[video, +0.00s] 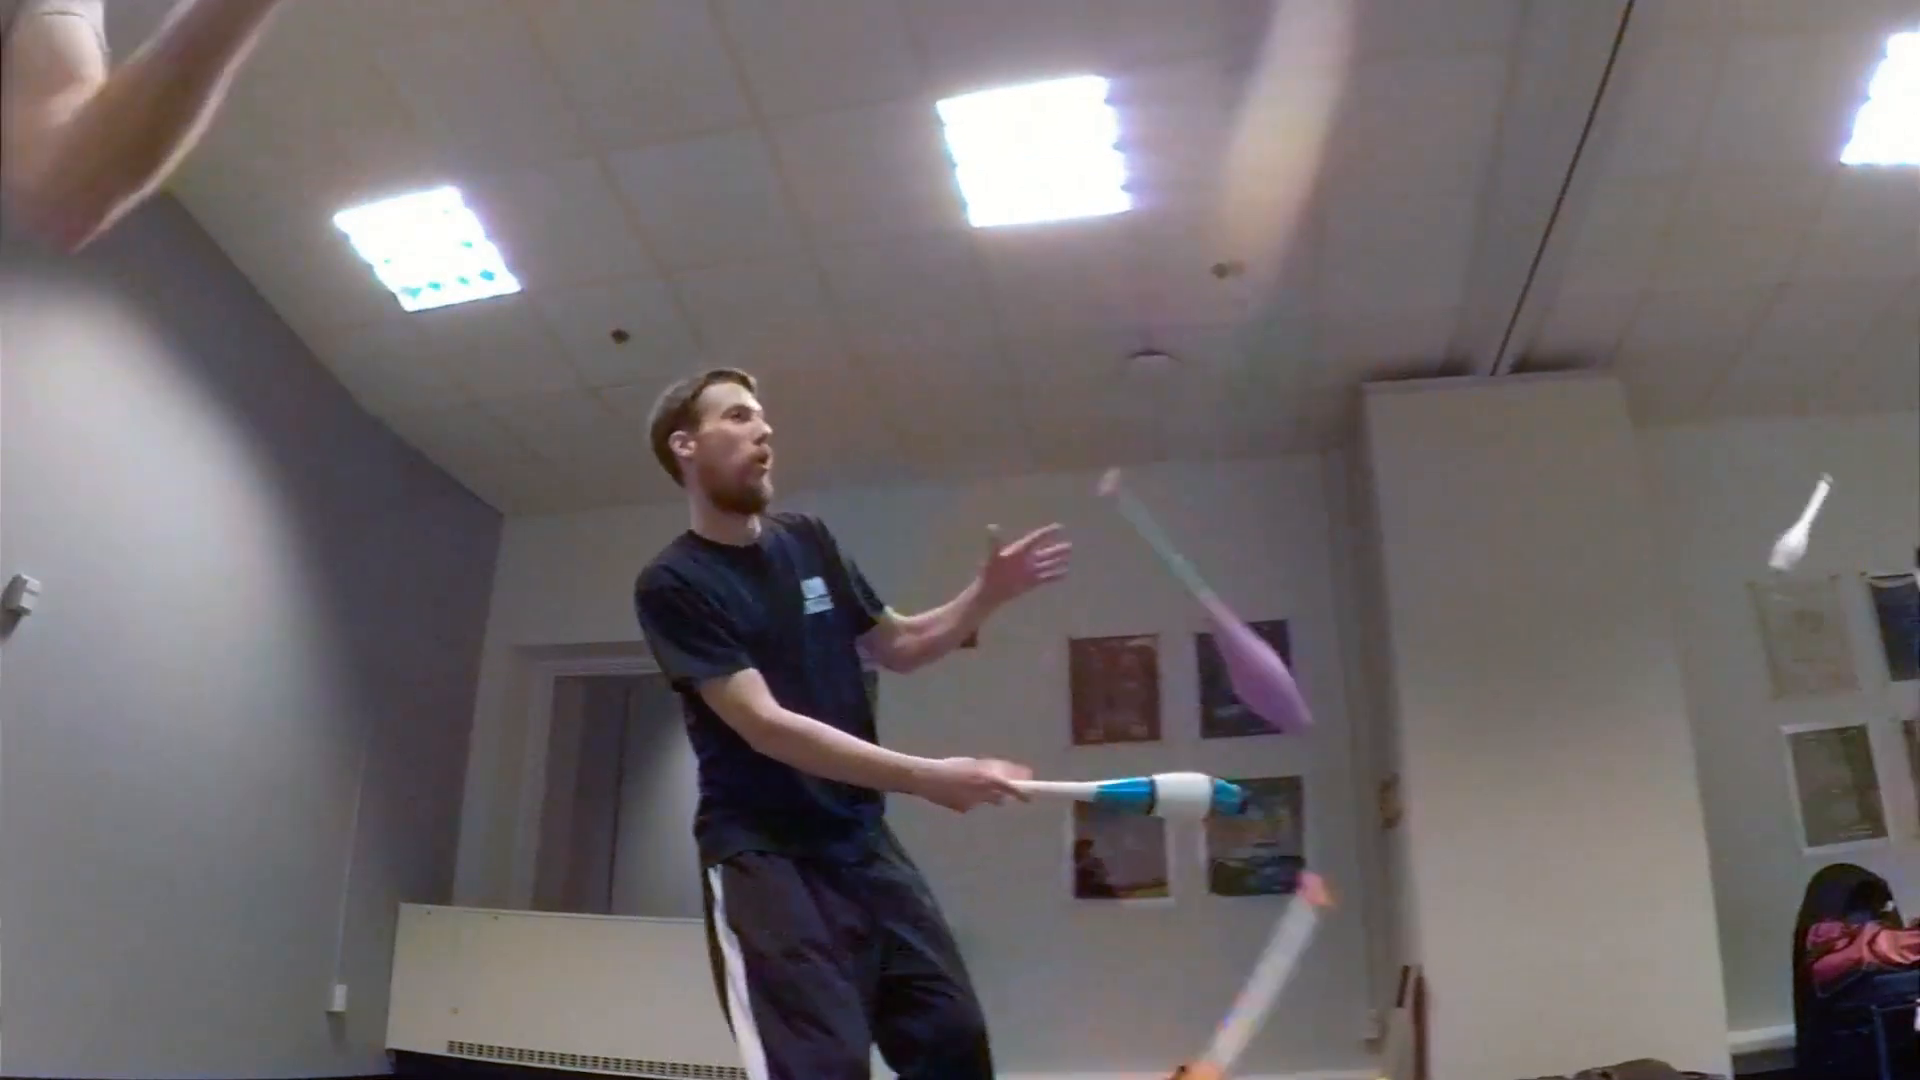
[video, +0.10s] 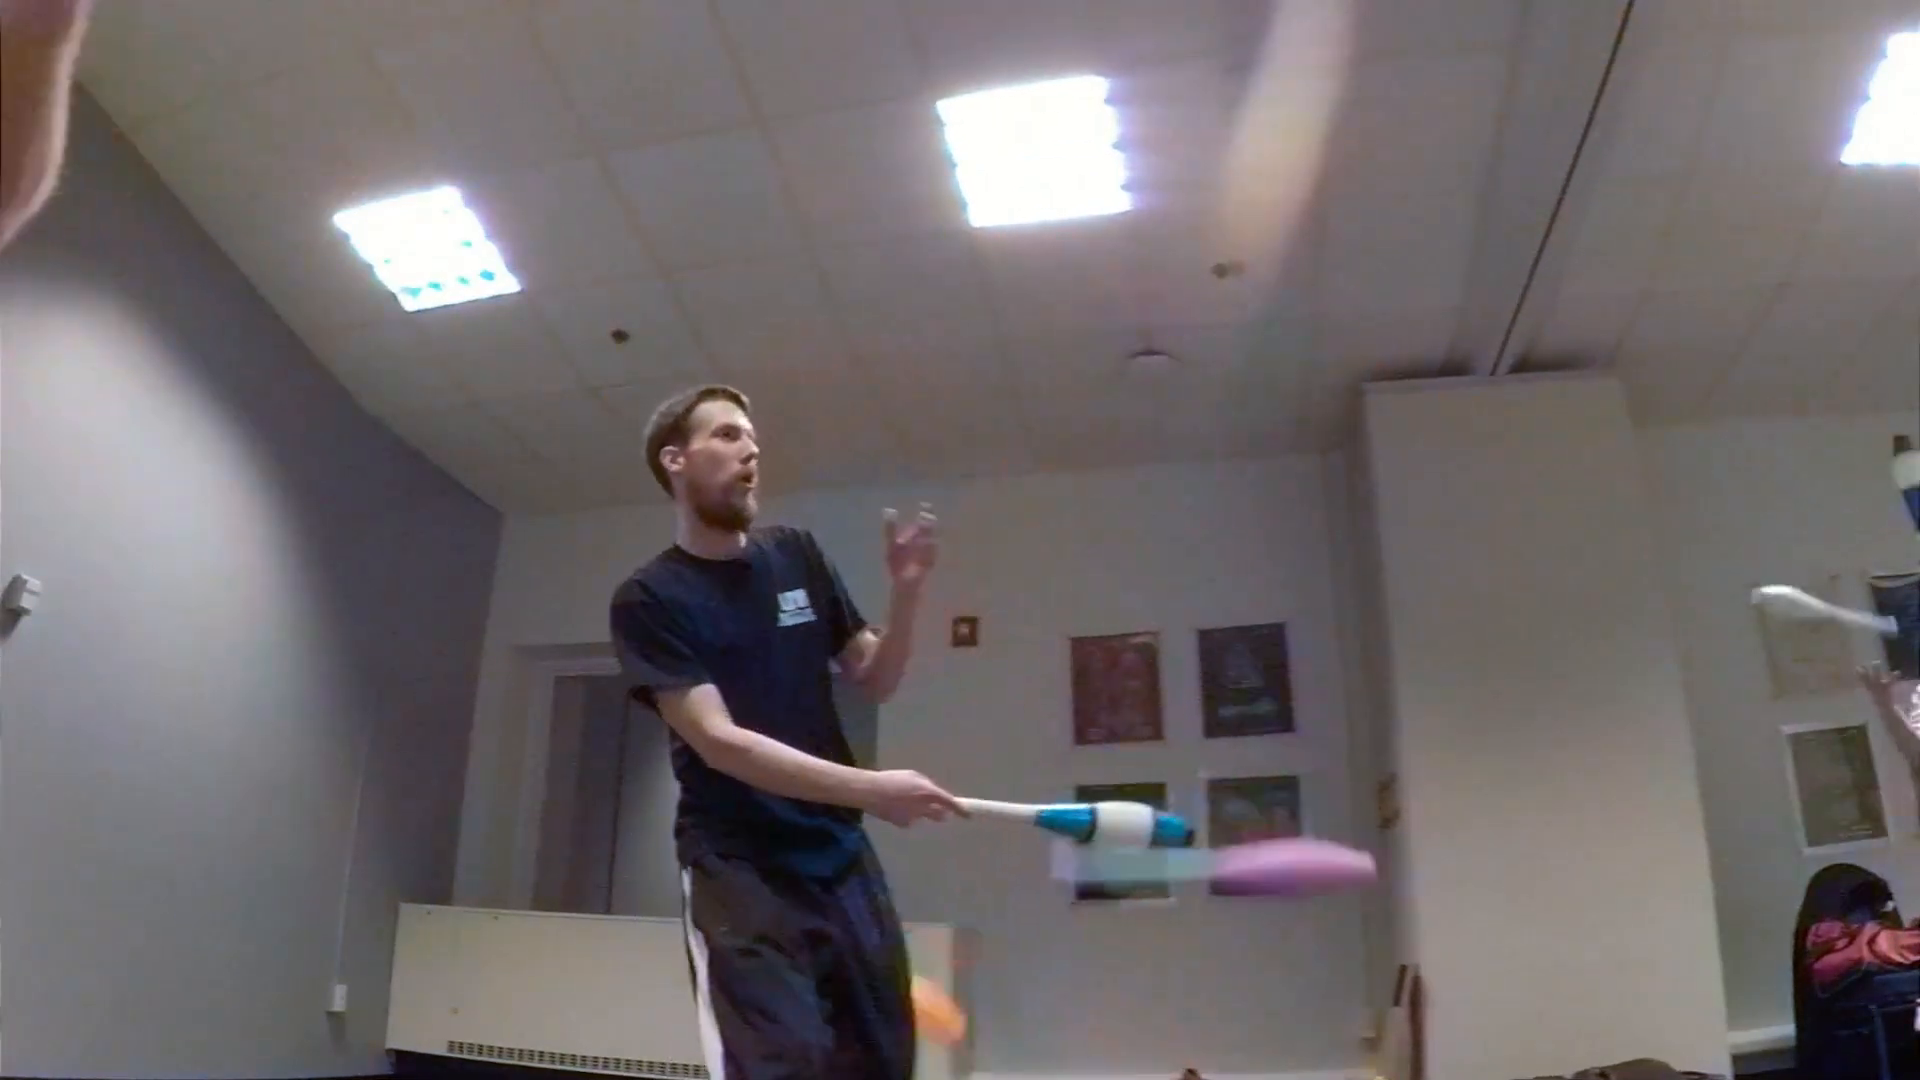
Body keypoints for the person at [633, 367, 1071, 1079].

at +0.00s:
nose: (763, 429)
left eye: (761, 416)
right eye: (736, 417)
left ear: (770, 437)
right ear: (682, 448)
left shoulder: (805, 539)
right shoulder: (674, 583)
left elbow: (893, 647)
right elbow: (761, 723)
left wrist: (985, 594)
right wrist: (926, 775)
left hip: (860, 841)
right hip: (762, 855)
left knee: (951, 1040)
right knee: (822, 1059)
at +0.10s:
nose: (750, 450)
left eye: (750, 437)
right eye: (725, 436)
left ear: (758, 455)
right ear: (672, 462)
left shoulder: (794, 552)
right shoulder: (649, 598)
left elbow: (874, 678)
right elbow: (717, 741)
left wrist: (907, 590)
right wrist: (870, 789)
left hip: (841, 857)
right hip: (743, 870)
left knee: (882, 1056)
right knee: (784, 1060)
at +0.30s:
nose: (744, 484)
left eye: (751, 474)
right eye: (725, 469)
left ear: (758, 492)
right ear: (675, 481)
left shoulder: (772, 583)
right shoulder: (625, 602)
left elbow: (837, 693)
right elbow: (640, 744)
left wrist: (791, 569)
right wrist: (746, 822)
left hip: (776, 865)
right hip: (667, 869)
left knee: (800, 1050)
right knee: (666, 1039)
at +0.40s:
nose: (728, 492)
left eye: (738, 482)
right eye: (714, 475)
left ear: (744, 500)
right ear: (667, 480)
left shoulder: (747, 591)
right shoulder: (606, 589)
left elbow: (798, 696)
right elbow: (598, 728)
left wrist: (760, 568)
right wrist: (677, 823)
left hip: (745, 861)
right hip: (637, 861)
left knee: (774, 1051)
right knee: (624, 1055)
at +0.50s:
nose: (707, 501)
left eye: (716, 491)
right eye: (693, 483)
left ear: (720, 507)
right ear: (646, 485)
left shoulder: (715, 599)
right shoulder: (581, 583)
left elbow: (759, 705)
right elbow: (556, 721)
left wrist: (733, 582)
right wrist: (614, 828)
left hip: (706, 866)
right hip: (601, 865)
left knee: (748, 1051)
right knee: (584, 1057)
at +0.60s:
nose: (680, 518)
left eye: (688, 507)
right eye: (667, 497)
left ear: (691, 523)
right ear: (619, 495)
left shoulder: (677, 610)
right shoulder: (550, 592)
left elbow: (713, 729)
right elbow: (518, 725)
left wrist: (704, 610)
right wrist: (556, 842)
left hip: (657, 866)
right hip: (556, 863)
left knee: (712, 1044)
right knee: (547, 1059)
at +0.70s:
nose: (657, 520)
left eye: (666, 509)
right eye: (645, 500)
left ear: (667, 523)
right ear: (597, 497)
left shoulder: (650, 614)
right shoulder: (525, 589)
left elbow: (670, 738)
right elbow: (491, 720)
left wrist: (692, 644)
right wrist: (506, 840)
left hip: (622, 858)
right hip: (530, 855)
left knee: (675, 1029)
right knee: (528, 1045)